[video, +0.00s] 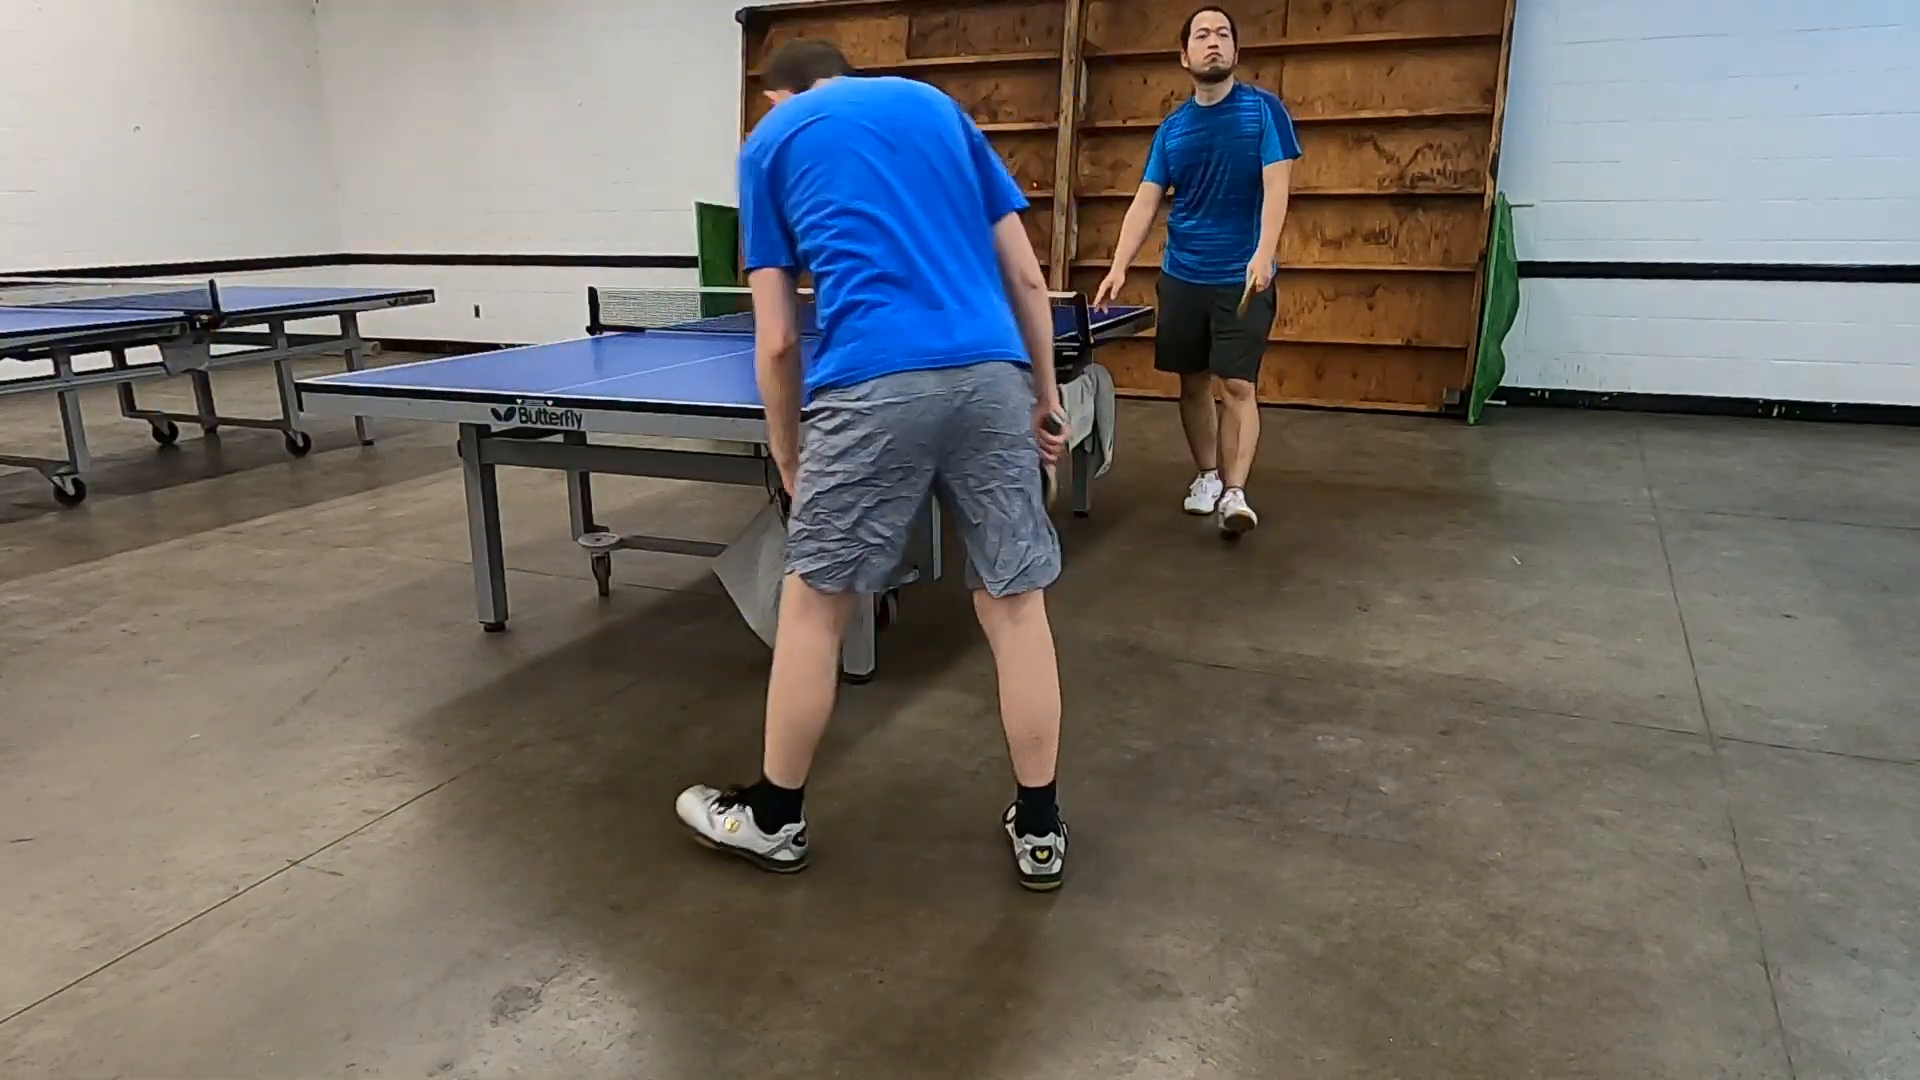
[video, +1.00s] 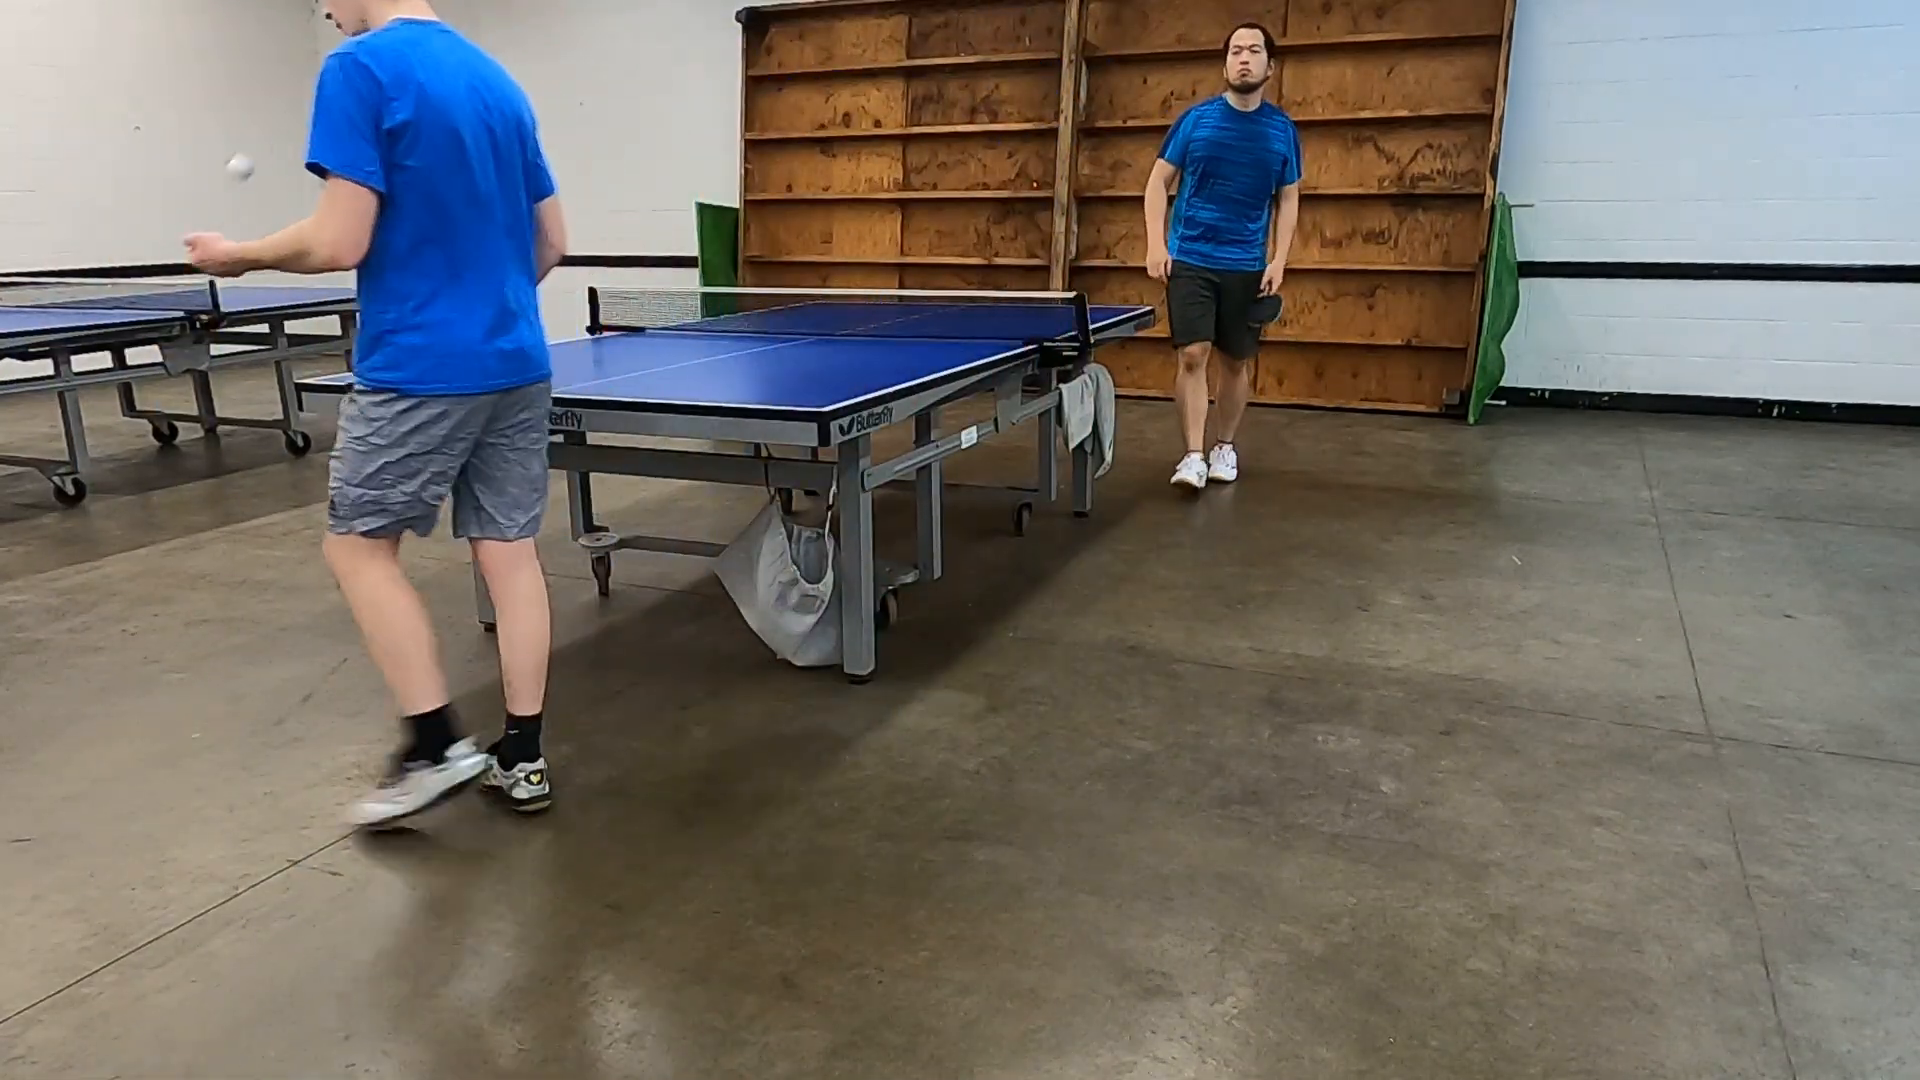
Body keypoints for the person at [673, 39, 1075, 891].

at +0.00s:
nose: (765, 119)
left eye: (763, 107)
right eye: (768, 105)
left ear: (776, 93)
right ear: (848, 69)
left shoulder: (770, 144)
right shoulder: (938, 108)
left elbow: (778, 339)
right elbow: (1025, 273)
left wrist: (787, 460)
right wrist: (1046, 390)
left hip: (872, 390)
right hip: (991, 375)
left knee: (816, 600)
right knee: (1015, 603)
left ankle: (775, 816)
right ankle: (1041, 829)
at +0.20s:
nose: (642, 85)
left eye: (637, 73)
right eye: (639, 73)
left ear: (649, 56)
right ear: (724, 37)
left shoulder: (652, 114)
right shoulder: (827, 90)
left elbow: (676, 295)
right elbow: (927, 240)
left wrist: (683, 406)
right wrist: (938, 353)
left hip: (764, 386)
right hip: (880, 372)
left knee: (740, 596)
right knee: (920, 578)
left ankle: (763, 816)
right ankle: (1009, 789)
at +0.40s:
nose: (553, 35)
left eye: (546, 25)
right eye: (550, 27)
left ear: (564, 10)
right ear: (639, 1)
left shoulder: (572, 66)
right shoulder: (738, 71)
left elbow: (574, 261)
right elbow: (809, 244)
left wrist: (509, 348)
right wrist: (776, 332)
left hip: (681, 367)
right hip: (778, 357)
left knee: (707, 593)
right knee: (764, 557)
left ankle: (759, 811)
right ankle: (826, 737)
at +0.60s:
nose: (477, 29)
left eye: (474, 19)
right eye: (474, 20)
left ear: (493, 7)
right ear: (566, 2)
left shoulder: (502, 69)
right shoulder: (657, 81)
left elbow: (493, 263)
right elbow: (704, 260)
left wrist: (459, 322)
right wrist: (619, 300)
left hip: (596, 379)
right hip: (683, 364)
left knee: (667, 594)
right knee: (619, 574)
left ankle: (759, 808)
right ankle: (576, 744)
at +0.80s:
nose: (406, 24)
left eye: (405, 10)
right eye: (405, 11)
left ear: (430, 4)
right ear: (489, 3)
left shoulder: (431, 74)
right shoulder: (572, 91)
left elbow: (426, 251)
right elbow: (622, 263)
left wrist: (344, 281)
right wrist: (553, 314)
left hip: (498, 385)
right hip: (585, 373)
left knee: (483, 589)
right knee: (543, 559)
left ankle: (659, 731)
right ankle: (523, 761)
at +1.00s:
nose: (327, 12)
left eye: (327, 1)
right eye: (327, 4)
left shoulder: (358, 67)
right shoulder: (493, 76)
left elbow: (340, 240)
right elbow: (549, 243)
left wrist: (240, 254)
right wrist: (469, 287)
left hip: (419, 365)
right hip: (519, 359)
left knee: (359, 544)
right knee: (509, 548)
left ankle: (435, 744)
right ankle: (525, 758)